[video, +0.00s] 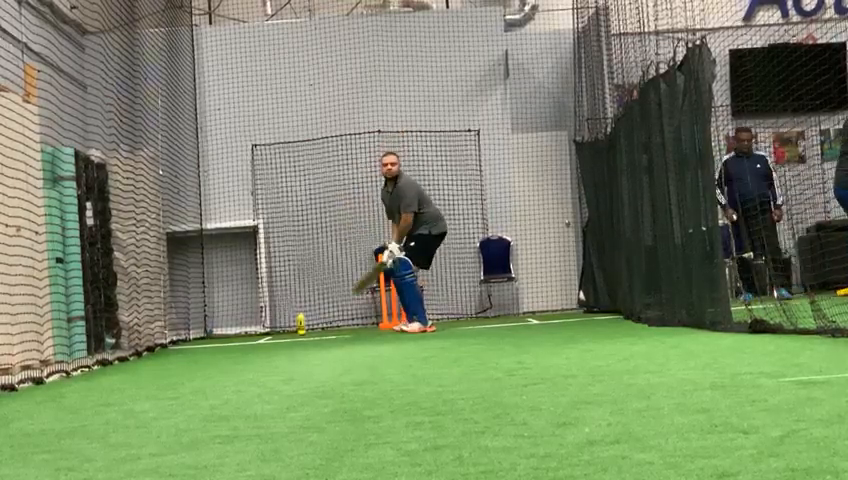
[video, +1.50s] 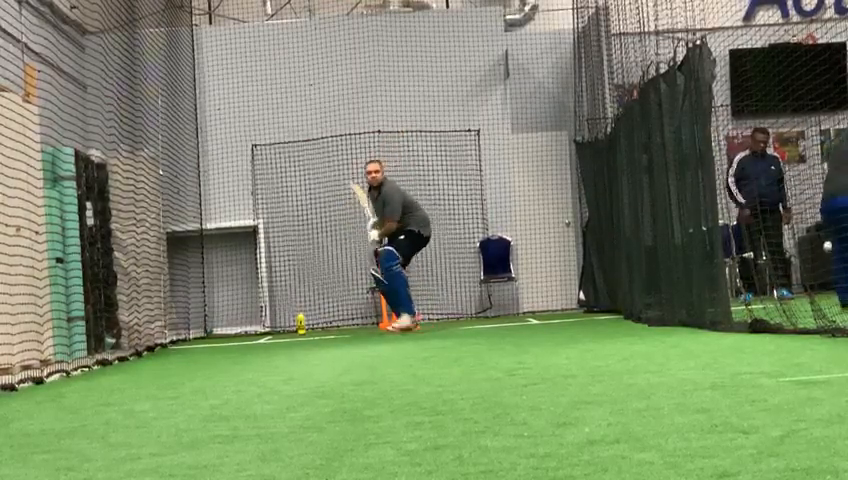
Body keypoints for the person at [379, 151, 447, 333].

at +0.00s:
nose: (389, 168)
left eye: (393, 164)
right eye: (385, 165)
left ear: (399, 165)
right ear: (381, 168)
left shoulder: (406, 186)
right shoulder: (386, 191)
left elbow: (408, 220)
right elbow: (395, 220)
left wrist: (396, 244)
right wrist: (394, 244)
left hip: (431, 229)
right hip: (416, 231)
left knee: (405, 267)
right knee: (398, 267)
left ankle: (420, 320)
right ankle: (413, 318)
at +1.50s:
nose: (373, 176)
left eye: (376, 172)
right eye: (369, 173)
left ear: (383, 173)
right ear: (366, 176)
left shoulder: (391, 190)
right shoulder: (372, 193)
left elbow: (392, 224)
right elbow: (382, 217)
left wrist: (379, 234)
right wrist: (376, 224)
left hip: (416, 229)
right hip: (400, 231)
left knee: (388, 258)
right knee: (381, 272)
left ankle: (407, 314)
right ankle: (403, 316)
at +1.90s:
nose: (353, 197)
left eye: (356, 192)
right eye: (350, 193)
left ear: (365, 189)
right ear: (347, 194)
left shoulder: (371, 204)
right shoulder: (376, 197)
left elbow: (372, 240)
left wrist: (365, 242)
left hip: (401, 243)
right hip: (396, 242)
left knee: (373, 273)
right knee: (364, 275)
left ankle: (399, 324)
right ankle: (380, 324)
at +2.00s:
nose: (347, 200)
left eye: (350, 195)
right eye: (344, 197)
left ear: (360, 190)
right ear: (342, 197)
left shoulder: (367, 205)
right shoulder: (369, 199)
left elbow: (365, 241)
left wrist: (357, 243)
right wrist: (364, 227)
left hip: (399, 243)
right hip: (391, 243)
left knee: (373, 272)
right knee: (360, 279)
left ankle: (398, 324)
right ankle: (382, 324)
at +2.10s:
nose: (344, 197)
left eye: (346, 192)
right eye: (341, 194)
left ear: (356, 187)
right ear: (340, 193)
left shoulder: (367, 199)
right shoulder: (359, 204)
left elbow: (360, 232)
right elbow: (358, 229)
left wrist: (341, 238)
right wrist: (342, 235)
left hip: (399, 240)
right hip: (381, 245)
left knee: (383, 272)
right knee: (359, 282)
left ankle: (397, 323)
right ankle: (380, 324)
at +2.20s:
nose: (341, 194)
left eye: (342, 190)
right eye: (340, 190)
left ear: (350, 186)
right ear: (355, 186)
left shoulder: (363, 195)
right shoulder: (355, 205)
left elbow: (336, 216)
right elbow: (336, 229)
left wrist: (312, 231)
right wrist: (310, 241)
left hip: (402, 238)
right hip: (383, 245)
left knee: (396, 273)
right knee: (359, 282)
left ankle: (397, 320)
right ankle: (380, 322)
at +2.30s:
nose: (338, 197)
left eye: (339, 193)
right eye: (338, 194)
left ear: (347, 187)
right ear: (348, 187)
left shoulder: (364, 193)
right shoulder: (354, 207)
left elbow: (333, 211)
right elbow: (330, 225)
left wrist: (307, 216)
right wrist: (300, 230)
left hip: (403, 237)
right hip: (383, 245)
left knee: (400, 271)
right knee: (361, 280)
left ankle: (408, 320)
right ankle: (381, 323)